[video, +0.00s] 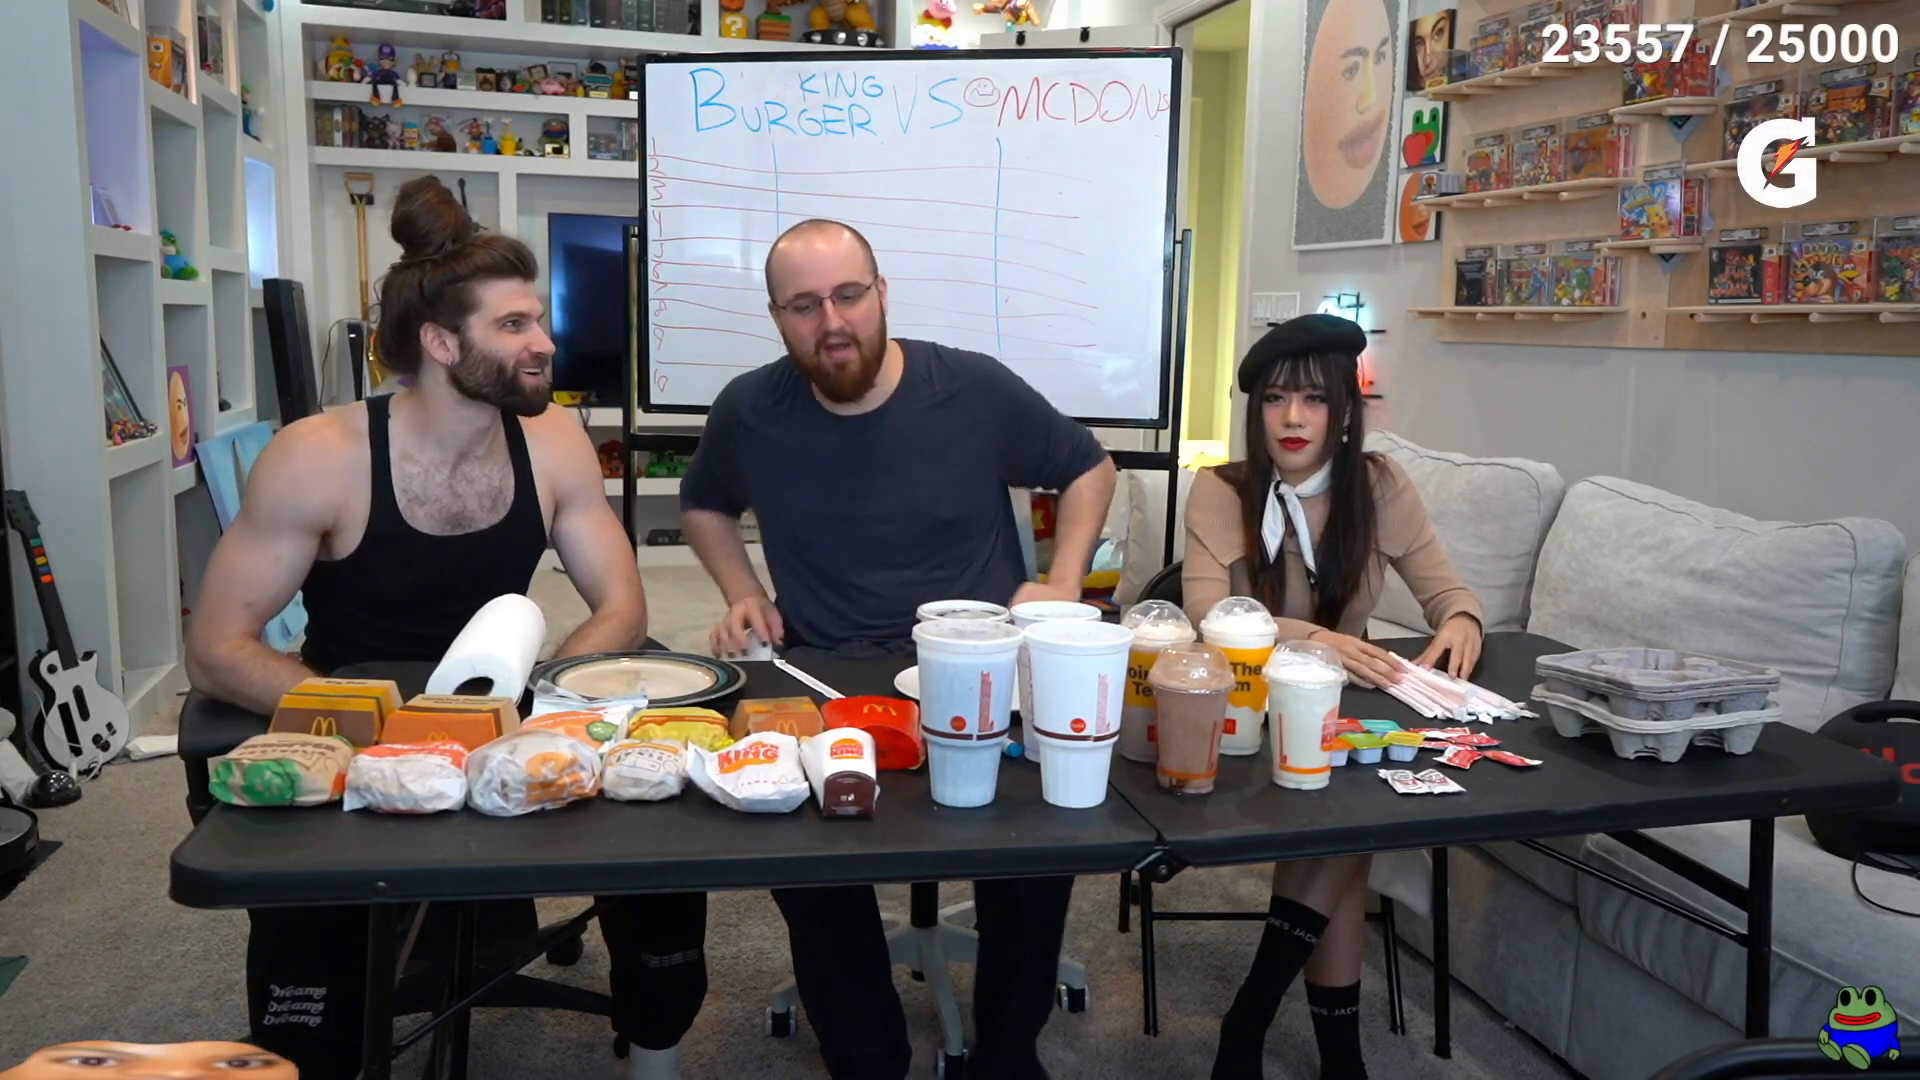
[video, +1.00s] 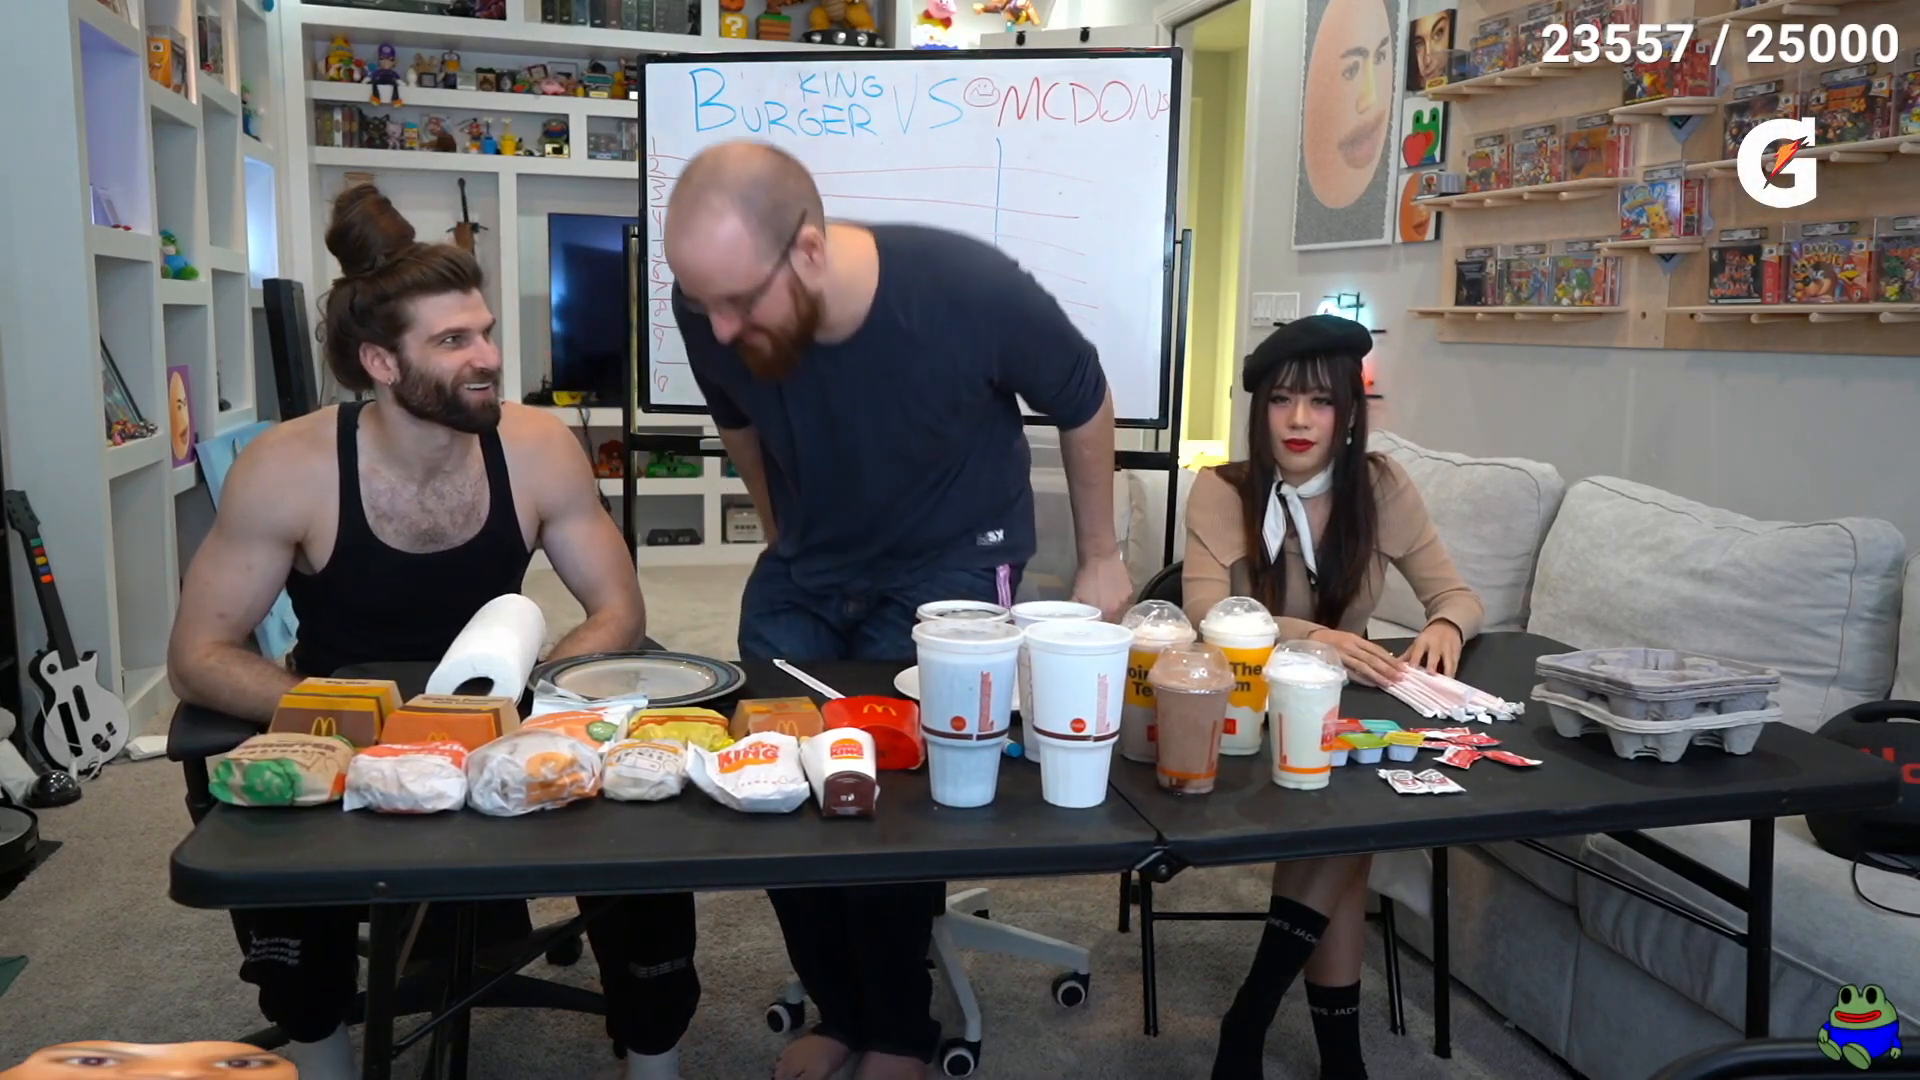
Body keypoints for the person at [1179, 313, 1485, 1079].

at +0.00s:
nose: (1292, 417)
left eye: (1314, 399)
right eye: (1276, 398)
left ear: (1347, 411)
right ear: (1255, 406)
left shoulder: (1377, 482)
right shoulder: (1220, 492)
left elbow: (1445, 593)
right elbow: (1209, 622)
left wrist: (1462, 621)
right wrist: (1310, 635)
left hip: (1336, 703)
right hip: (1240, 708)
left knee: (1348, 813)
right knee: (1350, 830)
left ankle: (1246, 1023)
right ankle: (1343, 1064)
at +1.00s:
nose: (1299, 419)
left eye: (1320, 401)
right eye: (1282, 399)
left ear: (1350, 412)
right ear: (1258, 407)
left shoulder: (1379, 484)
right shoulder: (1221, 492)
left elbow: (1455, 595)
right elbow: (1210, 622)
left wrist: (1446, 625)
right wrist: (1307, 634)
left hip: (1337, 706)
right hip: (1242, 712)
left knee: (1348, 815)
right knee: (1351, 832)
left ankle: (1245, 1025)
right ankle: (1343, 1065)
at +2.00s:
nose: (1297, 420)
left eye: (1319, 402)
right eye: (1281, 399)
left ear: (1350, 413)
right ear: (1258, 405)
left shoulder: (1379, 485)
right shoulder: (1221, 491)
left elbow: (1456, 595)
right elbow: (1209, 622)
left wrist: (1447, 625)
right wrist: (1313, 635)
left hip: (1336, 704)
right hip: (1239, 710)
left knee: (1346, 814)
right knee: (1351, 830)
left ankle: (1246, 1024)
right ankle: (1343, 1064)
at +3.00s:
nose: (1265, 411)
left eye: (1291, 397)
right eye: (1260, 392)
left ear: (1339, 413)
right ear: (1248, 396)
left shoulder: (1379, 484)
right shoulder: (1220, 489)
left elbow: (1456, 595)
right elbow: (1209, 618)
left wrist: (1443, 613)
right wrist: (1314, 633)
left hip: (1342, 706)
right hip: (1242, 710)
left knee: (1343, 817)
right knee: (1350, 831)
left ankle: (1245, 1026)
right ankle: (1343, 1064)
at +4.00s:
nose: (1243, 411)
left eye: (1267, 395)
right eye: (1239, 389)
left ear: (1317, 409)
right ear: (1229, 393)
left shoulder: (1369, 486)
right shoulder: (1210, 490)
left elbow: (1458, 597)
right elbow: (1210, 622)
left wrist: (1444, 624)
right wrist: (1309, 630)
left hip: (1336, 707)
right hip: (1236, 711)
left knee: (1338, 818)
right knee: (1346, 834)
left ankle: (1241, 1026)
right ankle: (1342, 1064)